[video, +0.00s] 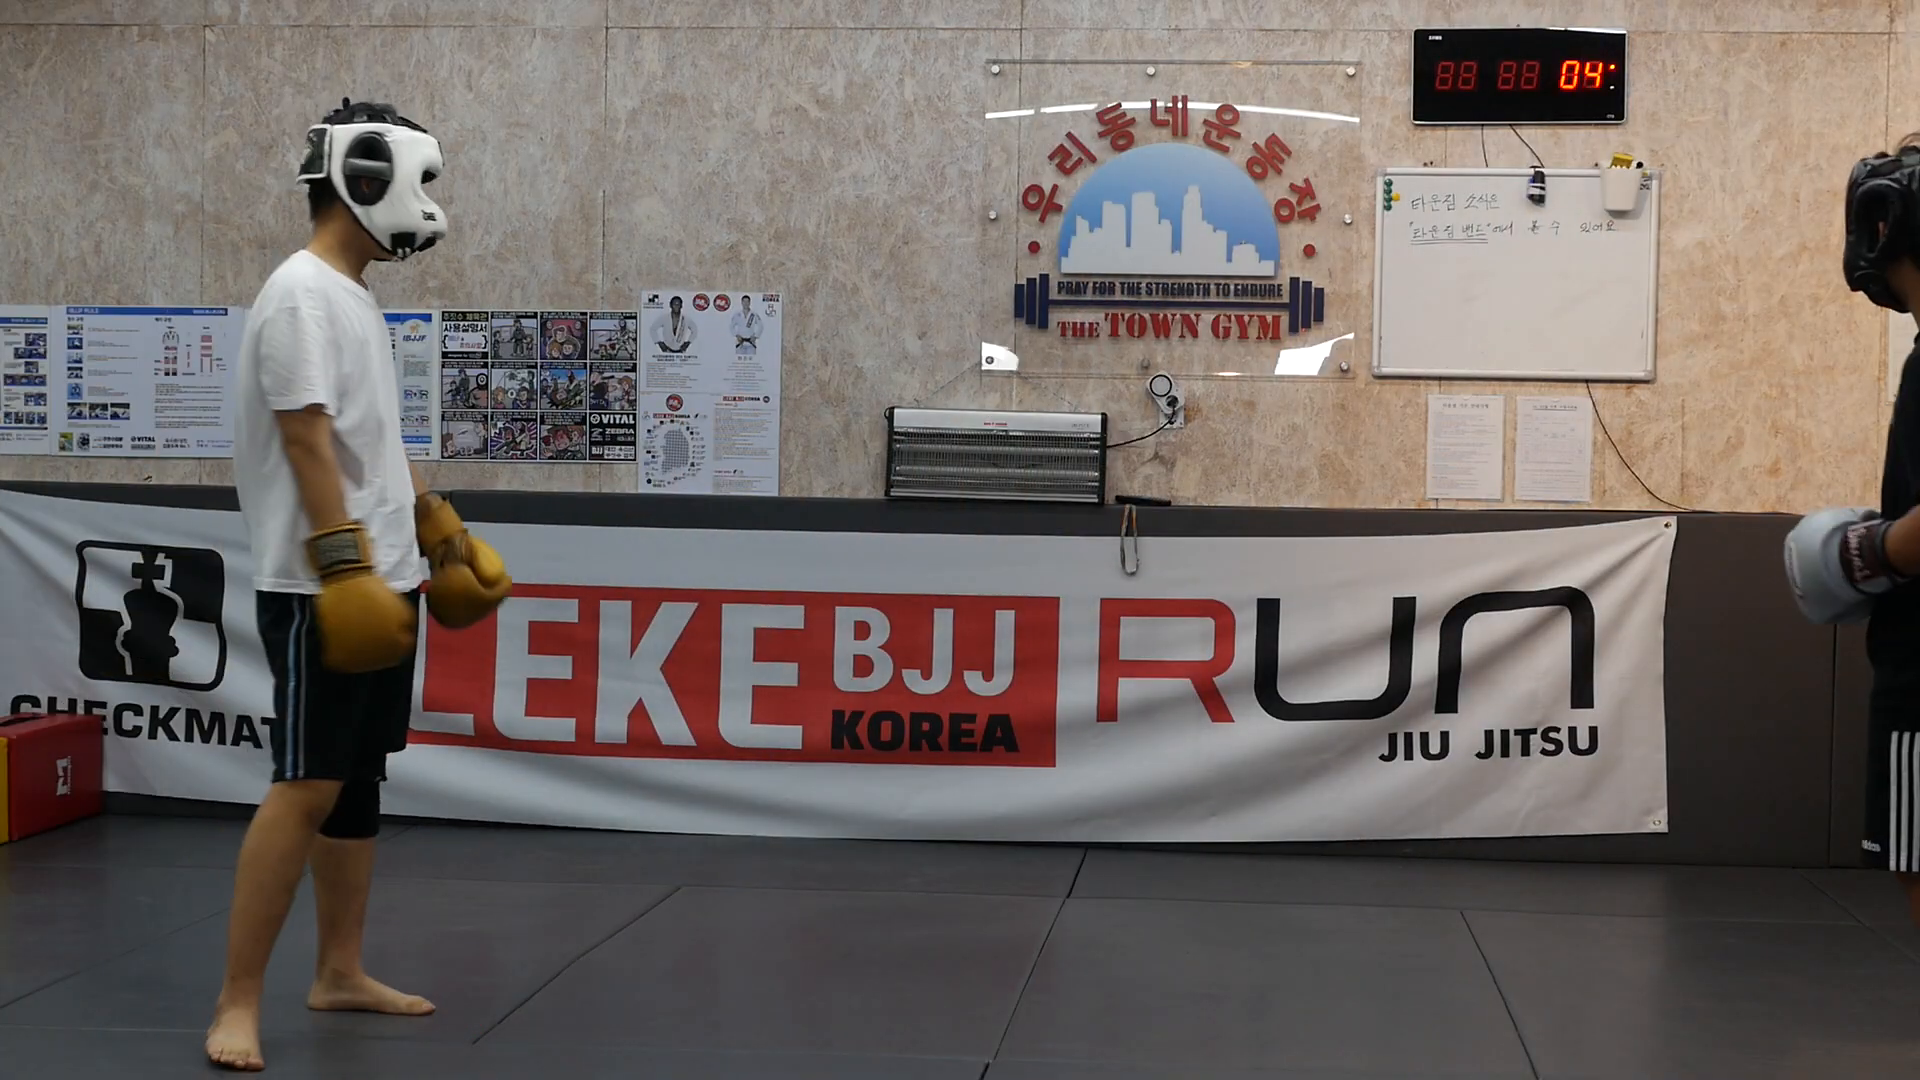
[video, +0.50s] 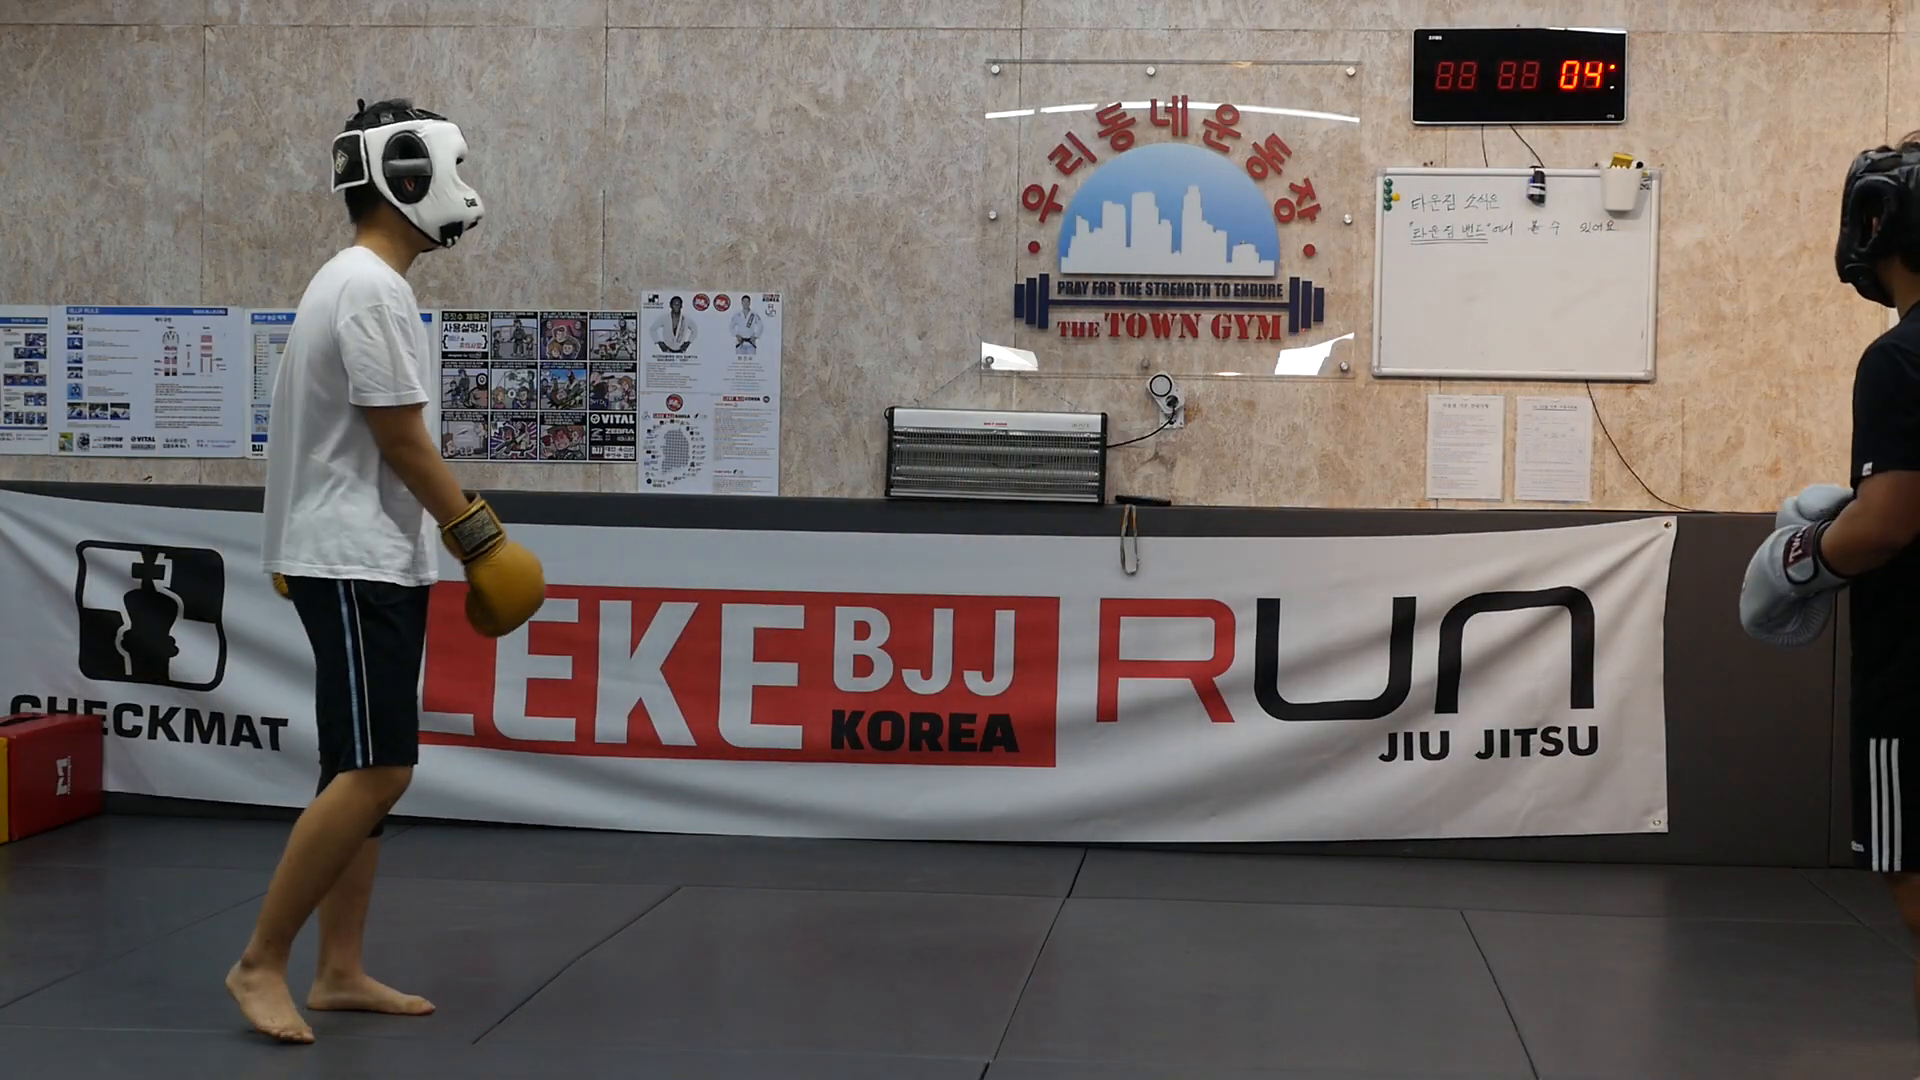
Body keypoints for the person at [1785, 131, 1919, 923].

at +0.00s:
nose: (1861, 256)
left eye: (1863, 232)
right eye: (1862, 234)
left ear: (1885, 232)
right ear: (1898, 233)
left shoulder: (1919, 361)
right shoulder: (1914, 359)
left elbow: (1917, 527)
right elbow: (1915, 516)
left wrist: (1872, 548)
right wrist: (1870, 546)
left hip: (1918, 688)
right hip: (1909, 682)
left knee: (1917, 886)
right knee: (1913, 882)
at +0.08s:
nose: (1856, 254)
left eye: (1859, 231)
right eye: (1859, 232)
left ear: (1879, 233)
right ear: (1896, 233)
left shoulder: (1912, 362)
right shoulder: (1905, 360)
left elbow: (1908, 519)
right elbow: (1906, 516)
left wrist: (1849, 543)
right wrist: (1861, 559)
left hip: (1909, 691)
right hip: (1902, 685)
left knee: (1911, 878)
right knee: (1907, 874)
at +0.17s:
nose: (1846, 246)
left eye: (1851, 226)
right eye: (1850, 226)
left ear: (1875, 233)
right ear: (1898, 232)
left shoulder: (1907, 360)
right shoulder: (1903, 358)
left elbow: (1901, 521)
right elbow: (1902, 518)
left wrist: (1828, 545)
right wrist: (1851, 563)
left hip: (1910, 689)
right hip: (1904, 683)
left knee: (1911, 877)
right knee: (1905, 873)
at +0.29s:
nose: (1854, 256)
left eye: (1857, 236)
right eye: (1856, 236)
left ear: (1876, 238)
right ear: (1912, 236)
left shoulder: (1900, 359)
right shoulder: (1907, 355)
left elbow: (1895, 520)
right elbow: (1902, 513)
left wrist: (1812, 547)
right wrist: (1842, 553)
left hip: (1910, 681)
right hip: (1911, 673)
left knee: (1909, 879)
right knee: (1904, 873)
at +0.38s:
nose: (1854, 252)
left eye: (1858, 233)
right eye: (1857, 233)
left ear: (1876, 237)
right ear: (1913, 235)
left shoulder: (1895, 357)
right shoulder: (1904, 353)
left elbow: (1894, 518)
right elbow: (1902, 504)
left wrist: (1815, 550)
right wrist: (1839, 525)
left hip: (1909, 677)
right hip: (1909, 670)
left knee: (1909, 880)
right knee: (1904, 873)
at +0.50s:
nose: (1861, 264)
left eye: (1863, 244)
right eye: (1863, 246)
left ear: (1883, 243)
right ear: (1912, 242)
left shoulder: (1898, 358)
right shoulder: (1904, 355)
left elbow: (1890, 515)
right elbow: (1903, 494)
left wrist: (1815, 554)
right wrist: (1848, 511)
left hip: (1908, 674)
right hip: (1909, 667)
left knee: (1910, 882)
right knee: (1905, 876)